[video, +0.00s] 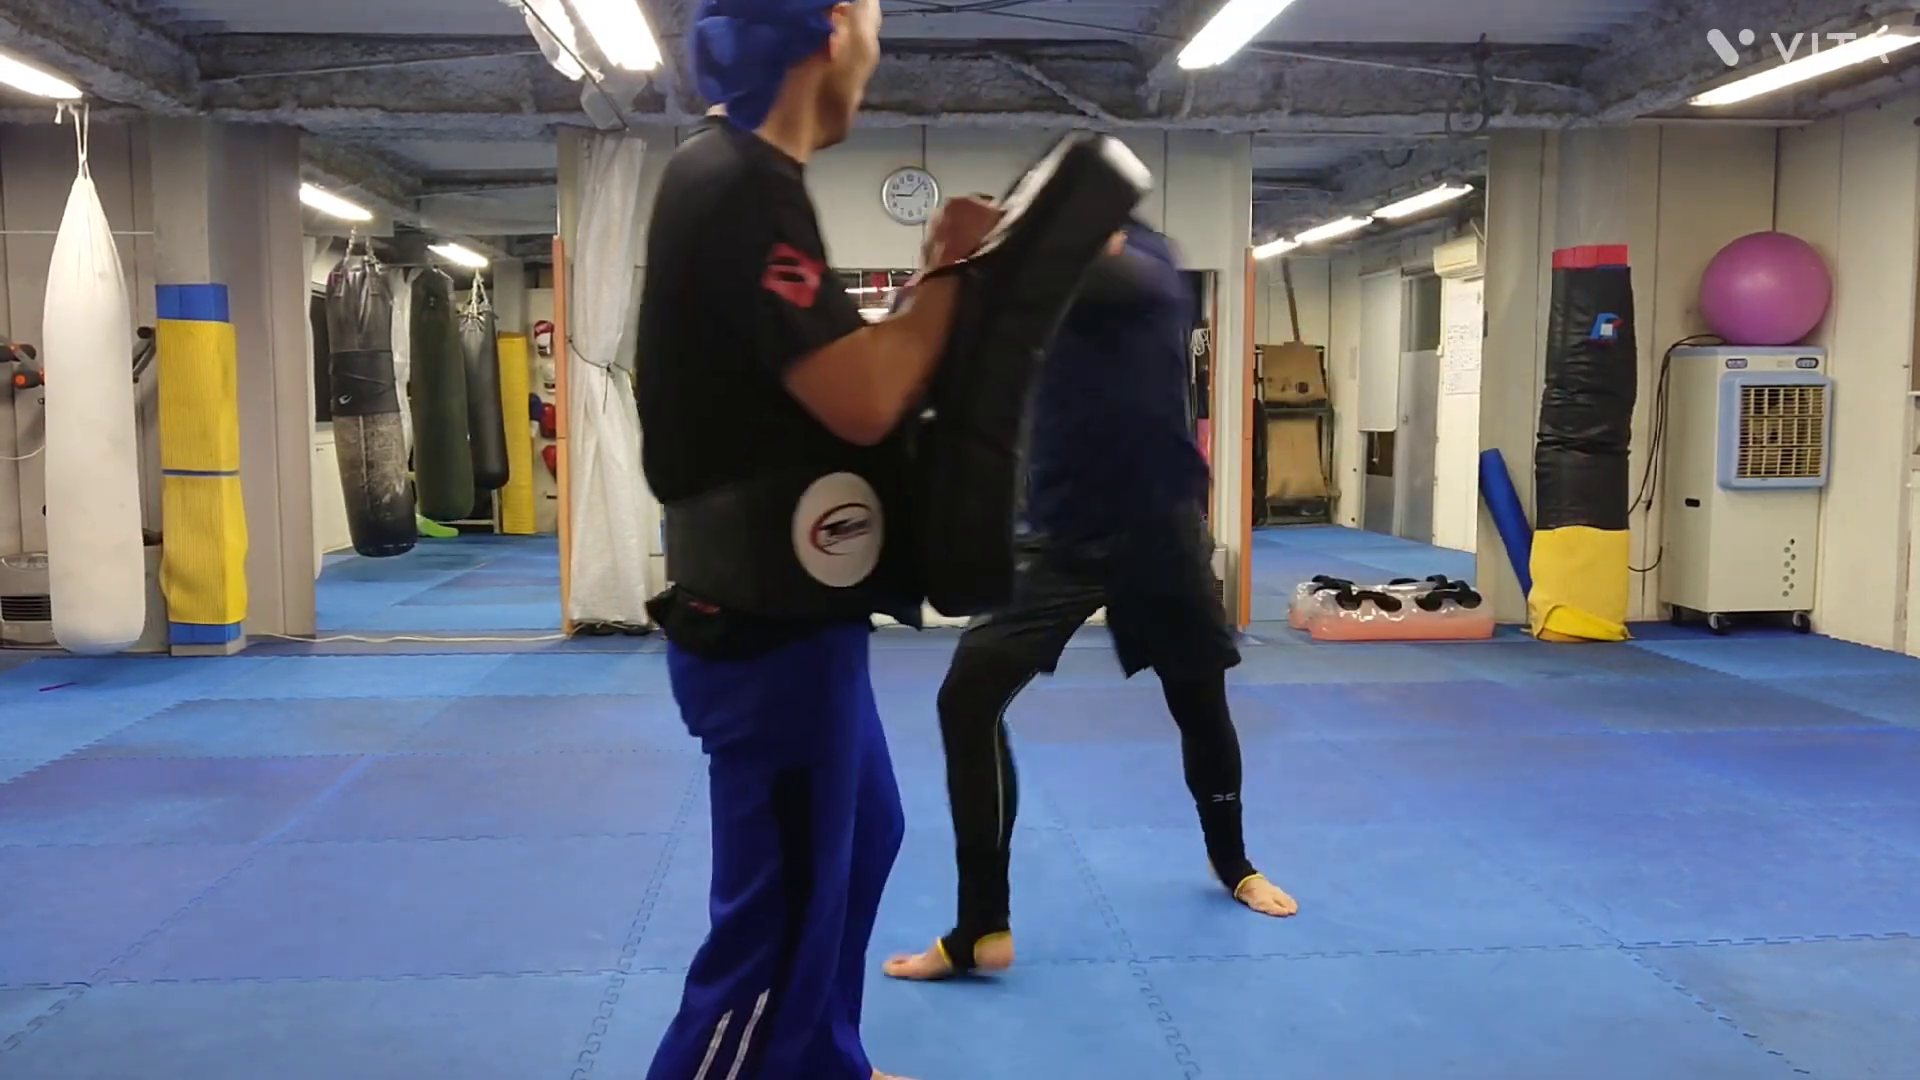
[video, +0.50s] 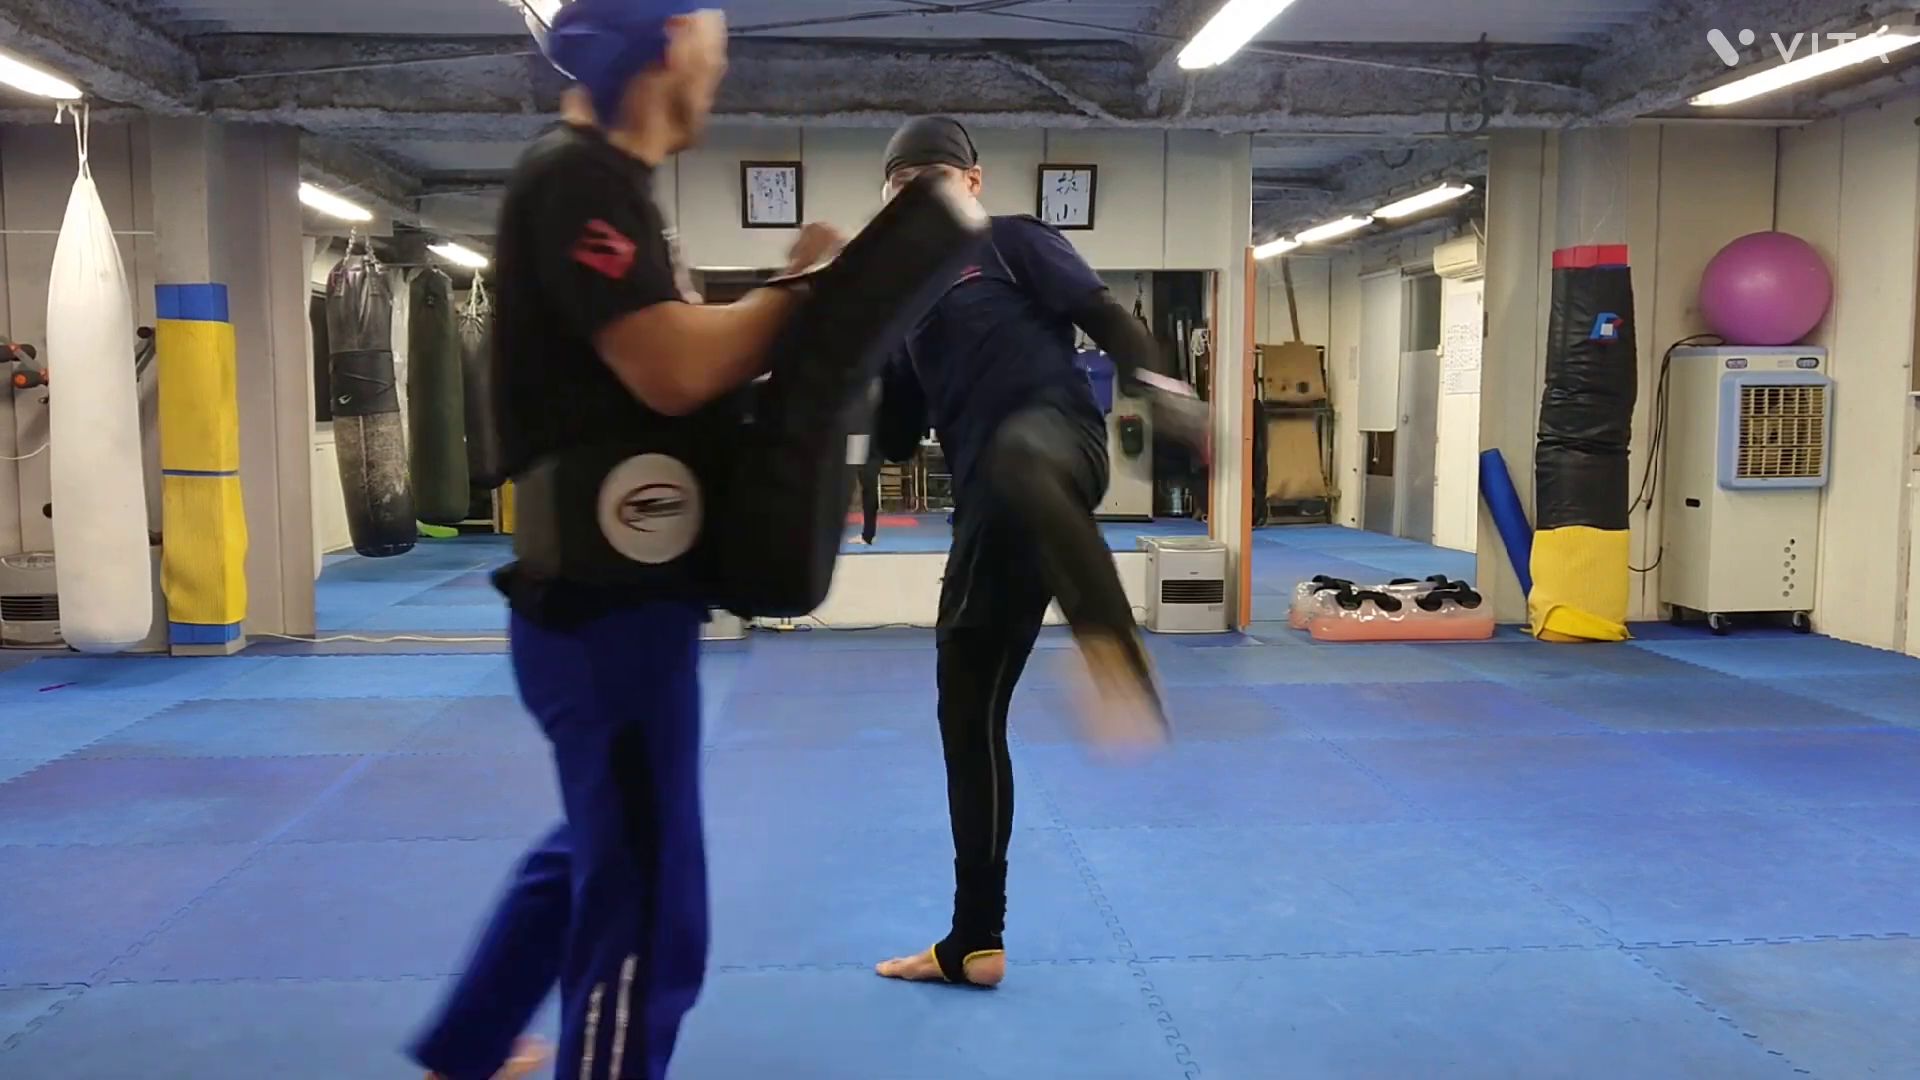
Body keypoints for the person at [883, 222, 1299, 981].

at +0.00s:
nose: (1067, 215)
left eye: (1073, 200)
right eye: (1057, 203)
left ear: (1098, 200)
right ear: (1043, 208)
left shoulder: (1151, 258)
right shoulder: (1039, 267)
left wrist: (1028, 237)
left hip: (1160, 534)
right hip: (1058, 538)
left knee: (1202, 706)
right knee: (966, 700)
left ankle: (1234, 866)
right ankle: (982, 927)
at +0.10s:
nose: (970, 208)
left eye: (989, 191)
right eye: (984, 191)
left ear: (1019, 187)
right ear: (994, 196)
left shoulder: (1065, 236)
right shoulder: (978, 268)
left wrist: (937, 243)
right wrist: (910, 274)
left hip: (1118, 503)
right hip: (1024, 525)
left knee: (1207, 695)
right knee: (953, 717)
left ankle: (1246, 799)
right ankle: (981, 942)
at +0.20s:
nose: (943, 209)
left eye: (954, 192)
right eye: (945, 195)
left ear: (986, 184)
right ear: (972, 198)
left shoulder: (1030, 228)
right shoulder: (969, 258)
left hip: (1063, 441)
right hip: (1008, 486)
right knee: (961, 708)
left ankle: (1273, 675)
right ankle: (978, 935)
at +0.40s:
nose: (898, 213)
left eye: (906, 197)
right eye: (896, 201)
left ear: (947, 188)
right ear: (927, 194)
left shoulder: (1025, 240)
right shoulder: (918, 286)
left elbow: (1133, 314)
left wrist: (1253, 379)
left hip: (1060, 446)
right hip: (1012, 508)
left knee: (979, 388)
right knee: (971, 709)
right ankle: (964, 941)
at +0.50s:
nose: (921, 190)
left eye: (936, 176)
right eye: (906, 180)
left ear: (972, 181)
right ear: (895, 196)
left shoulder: (1010, 239)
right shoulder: (900, 297)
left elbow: (1097, 307)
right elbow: (893, 431)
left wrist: (1156, 380)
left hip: (1052, 422)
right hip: (986, 482)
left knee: (1020, 460)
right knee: (969, 703)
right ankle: (974, 941)